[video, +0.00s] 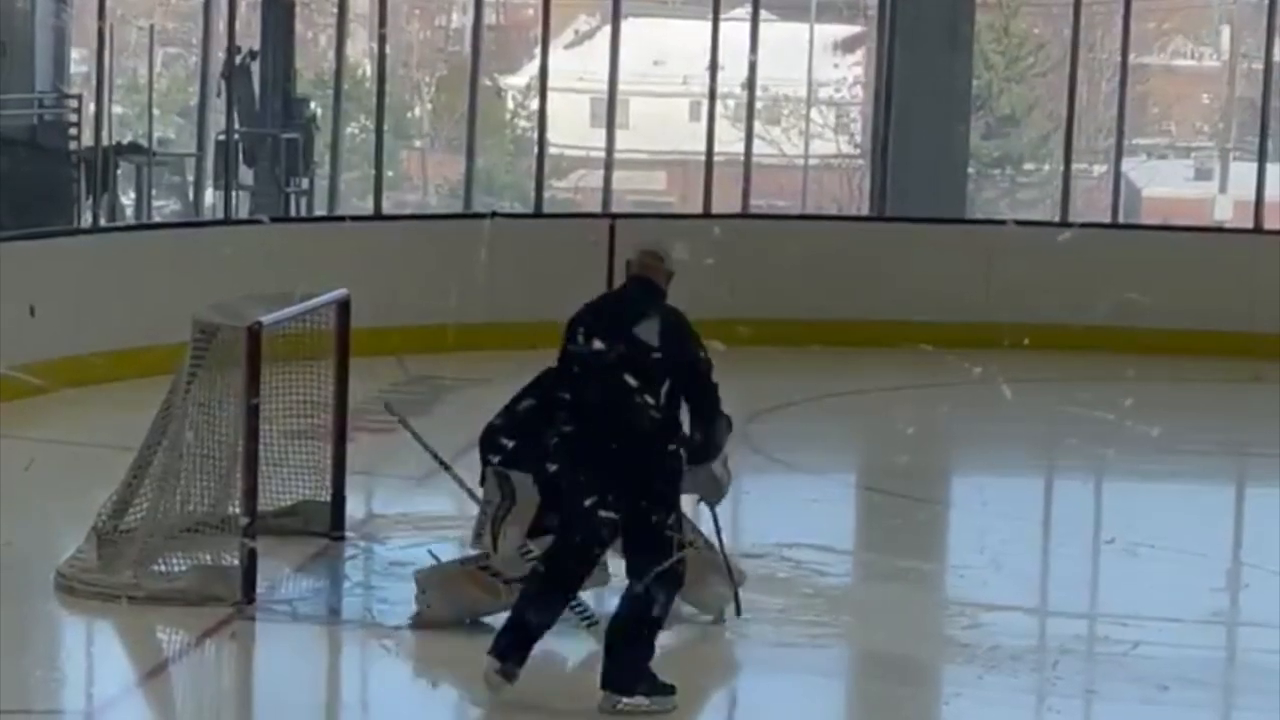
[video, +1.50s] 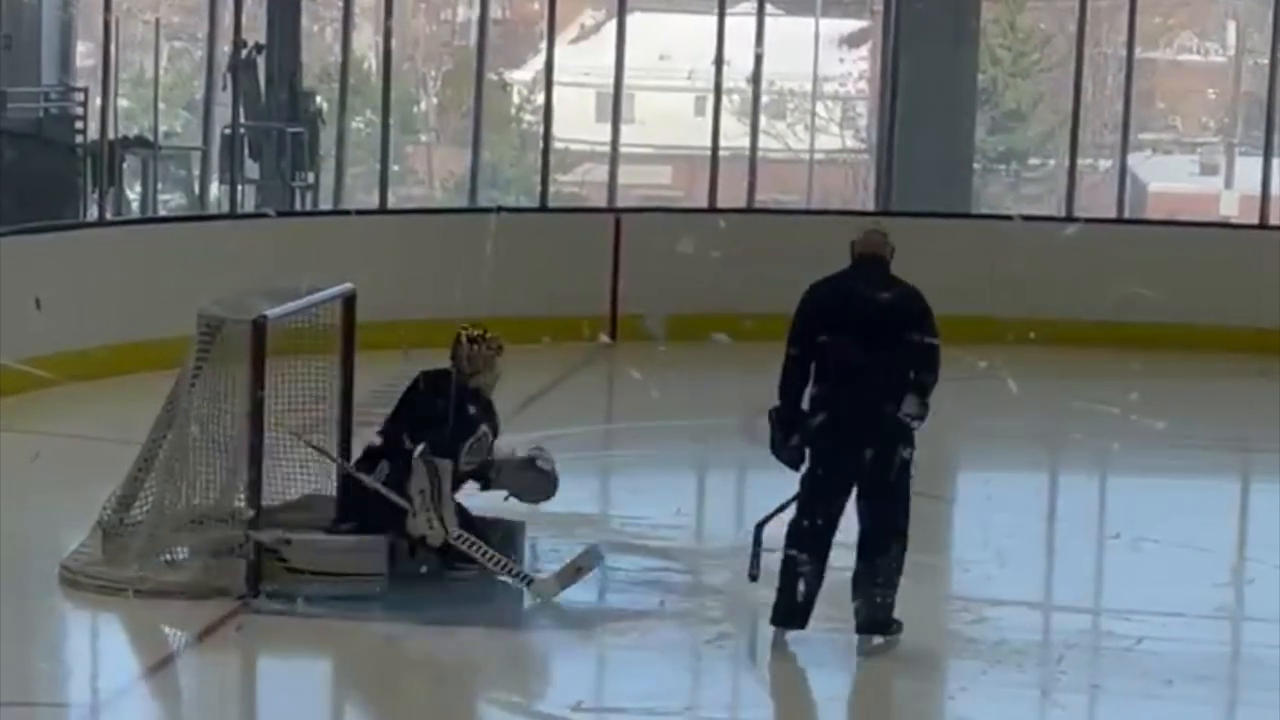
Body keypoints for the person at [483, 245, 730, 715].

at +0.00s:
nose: (662, 284)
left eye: (655, 275)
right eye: (663, 277)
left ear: (626, 274)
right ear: (664, 280)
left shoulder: (586, 316)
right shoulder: (673, 326)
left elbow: (563, 385)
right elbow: (703, 394)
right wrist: (702, 451)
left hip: (585, 456)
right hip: (647, 465)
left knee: (571, 556)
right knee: (657, 570)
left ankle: (509, 653)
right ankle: (626, 678)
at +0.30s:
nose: (715, 279)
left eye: (711, 269)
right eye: (715, 271)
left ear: (684, 270)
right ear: (724, 274)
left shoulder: (647, 316)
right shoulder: (737, 320)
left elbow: (630, 397)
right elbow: (783, 377)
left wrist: (634, 460)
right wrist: (770, 429)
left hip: (649, 462)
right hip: (708, 466)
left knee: (660, 560)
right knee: (710, 566)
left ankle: (633, 658)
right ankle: (688, 667)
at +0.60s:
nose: (753, 274)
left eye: (746, 265)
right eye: (757, 266)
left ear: (727, 267)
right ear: (769, 269)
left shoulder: (695, 313)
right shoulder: (791, 317)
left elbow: (675, 385)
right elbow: (829, 378)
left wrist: (672, 444)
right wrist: (812, 432)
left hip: (707, 458)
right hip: (764, 459)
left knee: (713, 554)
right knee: (765, 558)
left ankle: (698, 656)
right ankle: (752, 666)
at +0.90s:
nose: (786, 267)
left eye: (772, 258)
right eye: (791, 260)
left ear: (757, 264)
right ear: (798, 266)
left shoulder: (725, 306)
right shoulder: (816, 309)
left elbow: (704, 384)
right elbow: (832, 377)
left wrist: (704, 446)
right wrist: (812, 424)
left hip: (739, 450)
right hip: (795, 452)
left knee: (747, 542)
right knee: (809, 548)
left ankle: (737, 644)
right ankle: (813, 655)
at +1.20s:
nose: (825, 259)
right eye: (831, 253)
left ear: (794, 254)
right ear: (833, 256)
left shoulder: (763, 291)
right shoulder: (851, 299)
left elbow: (737, 359)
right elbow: (858, 367)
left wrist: (731, 418)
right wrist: (842, 417)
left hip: (774, 429)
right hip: (830, 434)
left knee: (775, 522)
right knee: (830, 529)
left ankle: (764, 627)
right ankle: (829, 639)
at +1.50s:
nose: (877, 261)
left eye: (868, 252)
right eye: (886, 254)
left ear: (852, 255)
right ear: (890, 258)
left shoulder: (821, 294)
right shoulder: (910, 301)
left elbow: (796, 364)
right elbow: (926, 365)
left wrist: (787, 422)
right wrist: (909, 415)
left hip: (832, 427)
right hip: (888, 433)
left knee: (814, 517)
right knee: (884, 526)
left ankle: (789, 609)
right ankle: (874, 618)